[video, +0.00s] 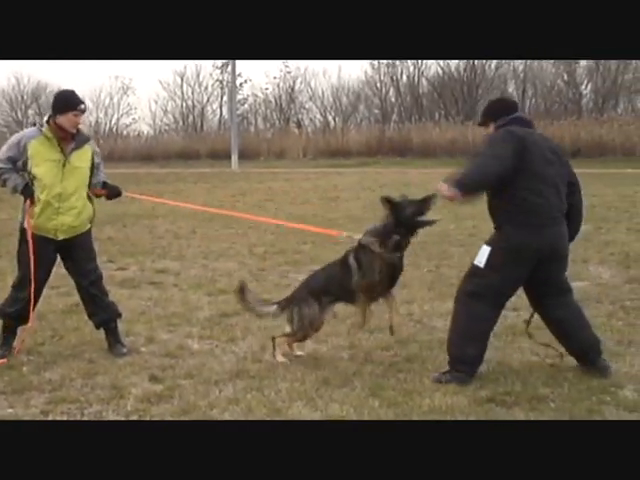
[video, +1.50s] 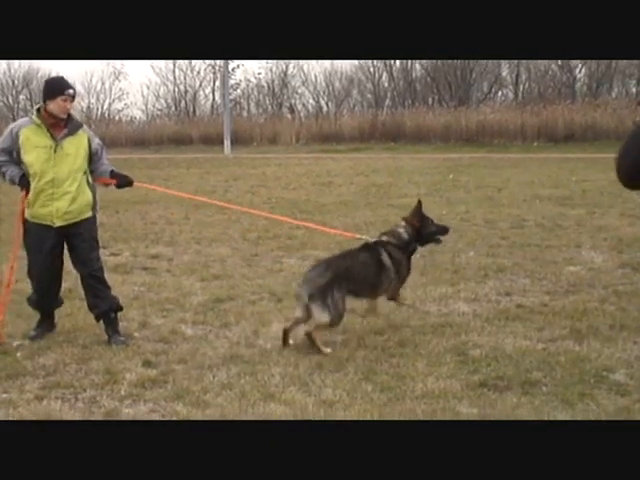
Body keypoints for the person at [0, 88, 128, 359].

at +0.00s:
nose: (79, 119)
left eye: (81, 114)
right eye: (74, 114)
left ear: (80, 116)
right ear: (57, 115)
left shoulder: (87, 145)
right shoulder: (28, 140)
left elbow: (96, 176)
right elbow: (4, 166)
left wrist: (101, 188)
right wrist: (21, 185)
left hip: (77, 229)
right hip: (38, 230)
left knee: (91, 283)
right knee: (28, 286)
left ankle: (113, 335)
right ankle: (7, 335)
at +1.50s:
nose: (68, 104)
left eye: (71, 100)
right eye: (63, 99)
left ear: (72, 102)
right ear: (47, 100)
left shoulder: (83, 134)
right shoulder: (20, 130)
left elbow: (99, 166)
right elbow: (3, 158)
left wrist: (113, 176)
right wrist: (18, 176)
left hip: (79, 215)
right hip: (39, 217)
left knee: (92, 269)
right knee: (41, 273)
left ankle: (111, 326)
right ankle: (46, 319)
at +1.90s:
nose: (87, 104)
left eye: (88, 99)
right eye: (82, 100)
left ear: (84, 100)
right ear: (65, 100)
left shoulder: (92, 128)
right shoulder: (34, 124)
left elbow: (99, 157)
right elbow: (9, 154)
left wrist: (102, 170)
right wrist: (33, 173)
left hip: (89, 209)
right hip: (52, 211)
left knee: (105, 261)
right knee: (41, 267)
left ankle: (117, 314)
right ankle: (27, 310)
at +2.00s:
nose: (85, 100)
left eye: (86, 95)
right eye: (80, 95)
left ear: (82, 96)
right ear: (63, 95)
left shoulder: (87, 124)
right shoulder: (32, 120)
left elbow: (90, 156)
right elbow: (7, 150)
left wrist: (100, 165)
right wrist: (33, 169)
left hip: (85, 207)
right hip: (49, 208)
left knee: (99, 259)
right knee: (38, 264)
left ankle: (115, 313)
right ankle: (16, 313)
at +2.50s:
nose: (55, 97)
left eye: (57, 92)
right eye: (50, 92)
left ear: (54, 93)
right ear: (33, 92)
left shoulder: (59, 126)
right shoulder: (7, 120)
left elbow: (67, 161)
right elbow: (3, 157)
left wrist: (85, 166)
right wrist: (5, 173)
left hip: (52, 206)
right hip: (15, 207)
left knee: (67, 260)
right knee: (4, 266)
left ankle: (89, 310)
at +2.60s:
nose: (45, 98)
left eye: (46, 93)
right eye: (40, 93)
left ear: (42, 94)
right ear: (22, 94)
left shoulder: (47, 126)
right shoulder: (3, 123)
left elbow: (52, 162)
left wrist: (69, 168)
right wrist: (2, 178)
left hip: (40, 207)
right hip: (7, 210)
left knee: (56, 260)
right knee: (0, 264)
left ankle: (79, 311)